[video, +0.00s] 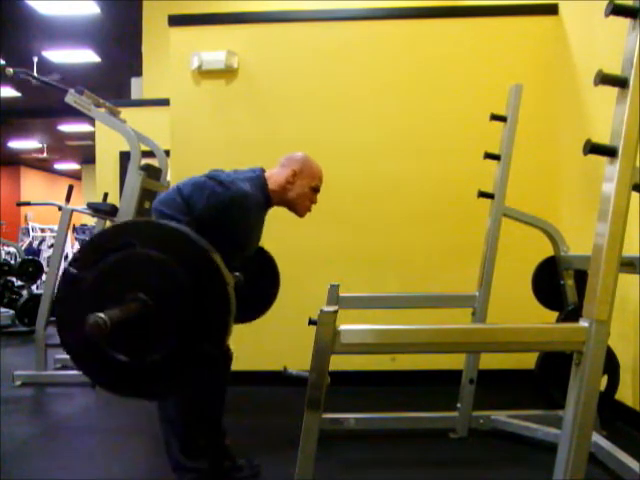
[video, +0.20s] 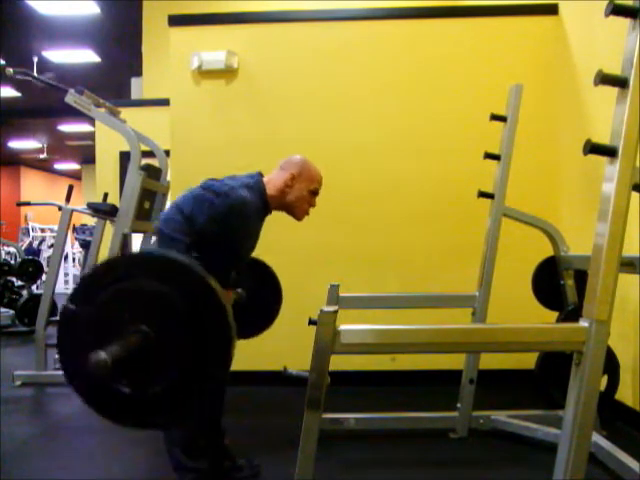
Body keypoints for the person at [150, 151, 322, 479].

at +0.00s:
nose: (315, 201)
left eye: (317, 193)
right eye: (313, 190)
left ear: (290, 178)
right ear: (290, 177)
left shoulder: (252, 202)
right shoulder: (238, 196)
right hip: (167, 293)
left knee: (210, 365)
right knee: (196, 369)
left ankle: (205, 455)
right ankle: (196, 461)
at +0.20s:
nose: (313, 204)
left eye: (316, 196)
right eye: (312, 193)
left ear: (288, 182)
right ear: (290, 181)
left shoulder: (251, 207)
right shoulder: (236, 200)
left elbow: (219, 258)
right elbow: (170, 245)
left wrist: (227, 287)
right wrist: (213, 286)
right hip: (173, 300)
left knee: (206, 380)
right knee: (193, 382)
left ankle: (206, 456)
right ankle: (196, 462)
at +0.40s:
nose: (307, 204)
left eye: (309, 196)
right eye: (304, 194)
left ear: (277, 186)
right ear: (279, 185)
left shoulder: (245, 216)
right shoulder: (224, 209)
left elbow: (224, 276)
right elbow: (187, 277)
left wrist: (231, 321)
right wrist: (211, 330)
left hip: (173, 287)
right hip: (149, 286)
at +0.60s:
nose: (315, 213)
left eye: (316, 206)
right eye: (311, 204)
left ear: (286, 199)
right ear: (286, 198)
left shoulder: (252, 230)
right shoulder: (233, 226)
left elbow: (238, 299)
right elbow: (210, 302)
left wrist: (236, 351)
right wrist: (213, 370)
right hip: (149, 284)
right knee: (171, 372)